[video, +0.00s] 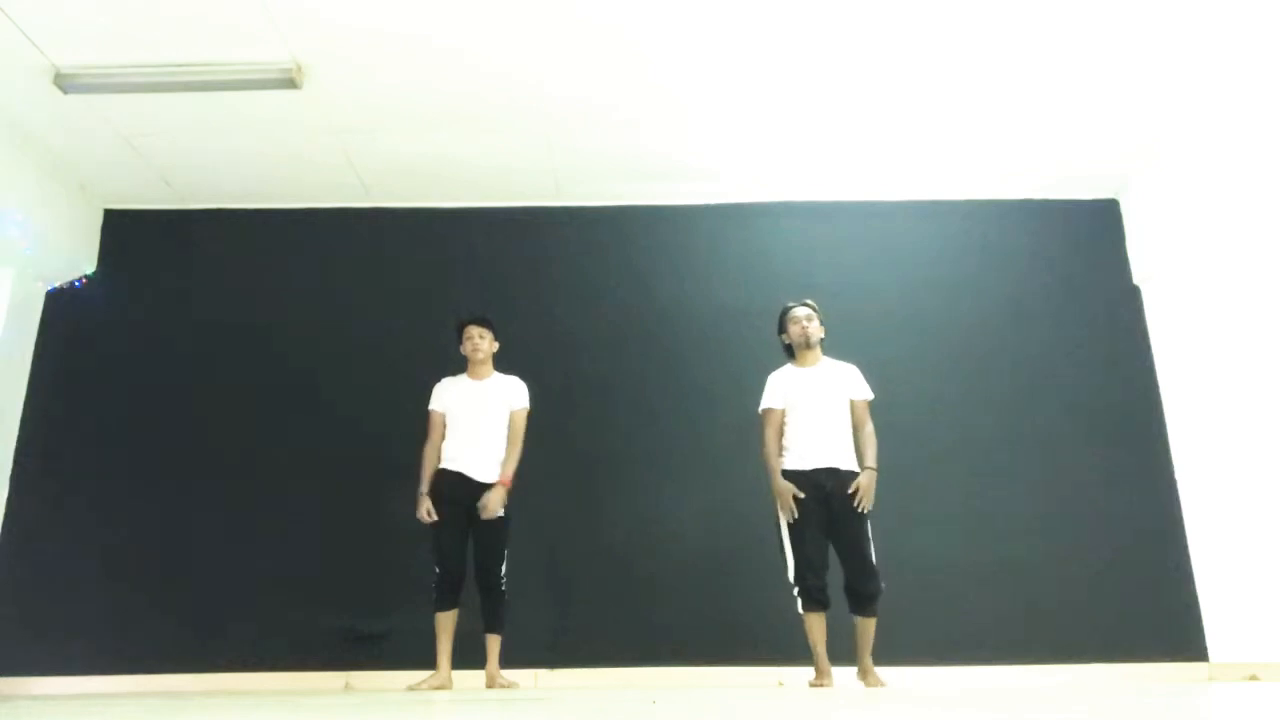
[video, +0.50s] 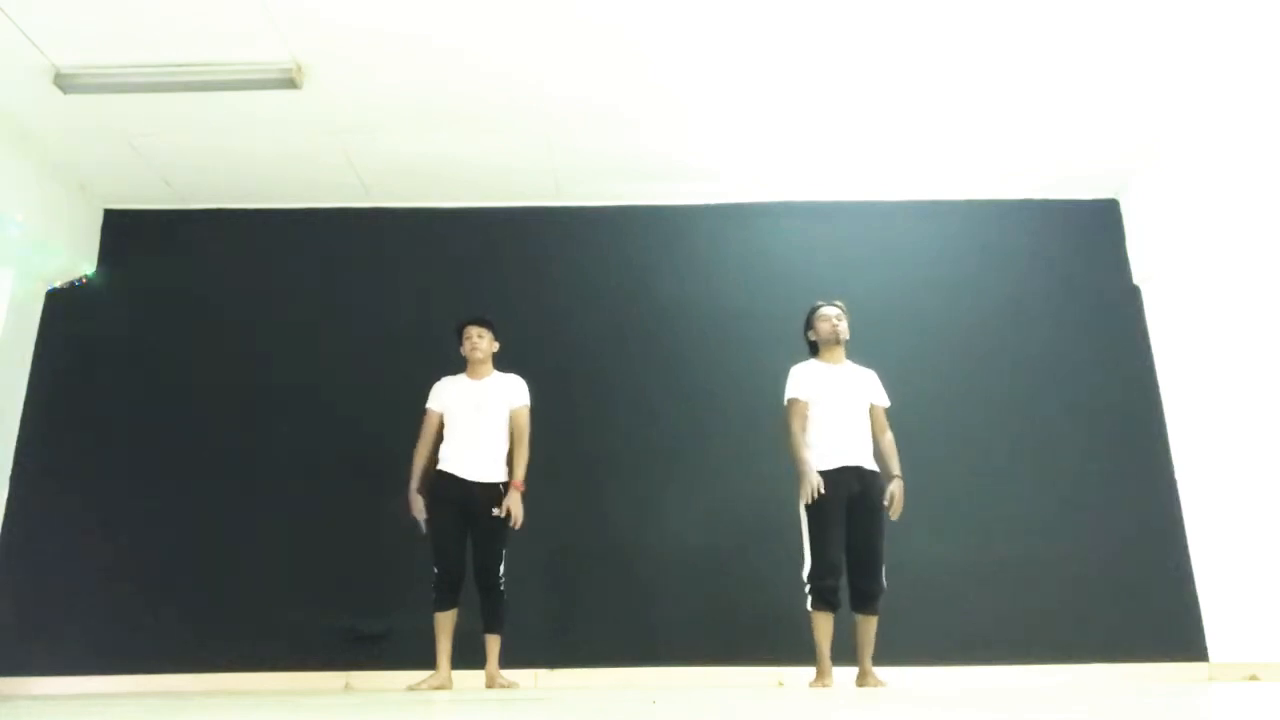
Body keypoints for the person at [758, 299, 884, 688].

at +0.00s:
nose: (806, 325)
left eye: (811, 319)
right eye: (798, 321)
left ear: (822, 329)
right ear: (785, 336)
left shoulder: (848, 372)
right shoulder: (779, 379)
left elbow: (864, 425)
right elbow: (771, 434)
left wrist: (870, 470)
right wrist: (776, 480)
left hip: (845, 479)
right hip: (798, 482)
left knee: (864, 573)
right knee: (809, 575)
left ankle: (866, 663)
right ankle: (821, 667)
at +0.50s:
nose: (835, 323)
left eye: (840, 318)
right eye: (826, 319)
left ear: (848, 328)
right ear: (811, 333)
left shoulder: (867, 376)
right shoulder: (803, 373)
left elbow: (882, 431)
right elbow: (796, 426)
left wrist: (896, 476)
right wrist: (805, 470)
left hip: (867, 479)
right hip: (824, 479)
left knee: (869, 572)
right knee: (825, 572)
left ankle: (866, 670)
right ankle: (823, 670)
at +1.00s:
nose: (851, 327)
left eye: (857, 322)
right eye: (842, 322)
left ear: (866, 333)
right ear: (828, 334)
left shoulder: (882, 380)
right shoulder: (815, 377)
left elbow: (895, 436)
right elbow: (804, 433)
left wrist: (904, 480)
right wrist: (813, 479)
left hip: (876, 484)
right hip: (830, 483)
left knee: (875, 576)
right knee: (826, 573)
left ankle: (867, 670)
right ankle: (820, 667)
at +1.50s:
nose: (841, 326)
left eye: (848, 321)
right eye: (833, 322)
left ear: (858, 332)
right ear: (821, 335)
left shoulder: (875, 380)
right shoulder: (808, 376)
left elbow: (888, 435)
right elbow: (799, 431)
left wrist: (894, 480)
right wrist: (806, 478)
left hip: (870, 484)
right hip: (824, 483)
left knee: (871, 576)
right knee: (822, 573)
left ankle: (866, 670)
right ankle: (817, 669)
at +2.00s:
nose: (800, 324)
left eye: (807, 317)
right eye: (793, 319)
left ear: (825, 326)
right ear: (787, 330)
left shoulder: (843, 362)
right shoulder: (784, 372)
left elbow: (837, 359)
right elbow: (789, 431)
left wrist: (804, 356)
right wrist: (781, 485)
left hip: (843, 477)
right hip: (797, 480)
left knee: (859, 573)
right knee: (784, 564)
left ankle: (865, 669)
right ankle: (799, 661)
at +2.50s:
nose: (742, 308)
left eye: (751, 301)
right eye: (741, 302)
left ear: (773, 312)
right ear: (743, 312)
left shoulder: (764, 346)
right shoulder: (756, 346)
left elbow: (744, 376)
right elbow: (739, 334)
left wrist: (721, 379)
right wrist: (719, 321)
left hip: (747, 461)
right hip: (751, 462)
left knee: (709, 551)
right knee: (757, 565)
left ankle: (673, 645)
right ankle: (797, 666)